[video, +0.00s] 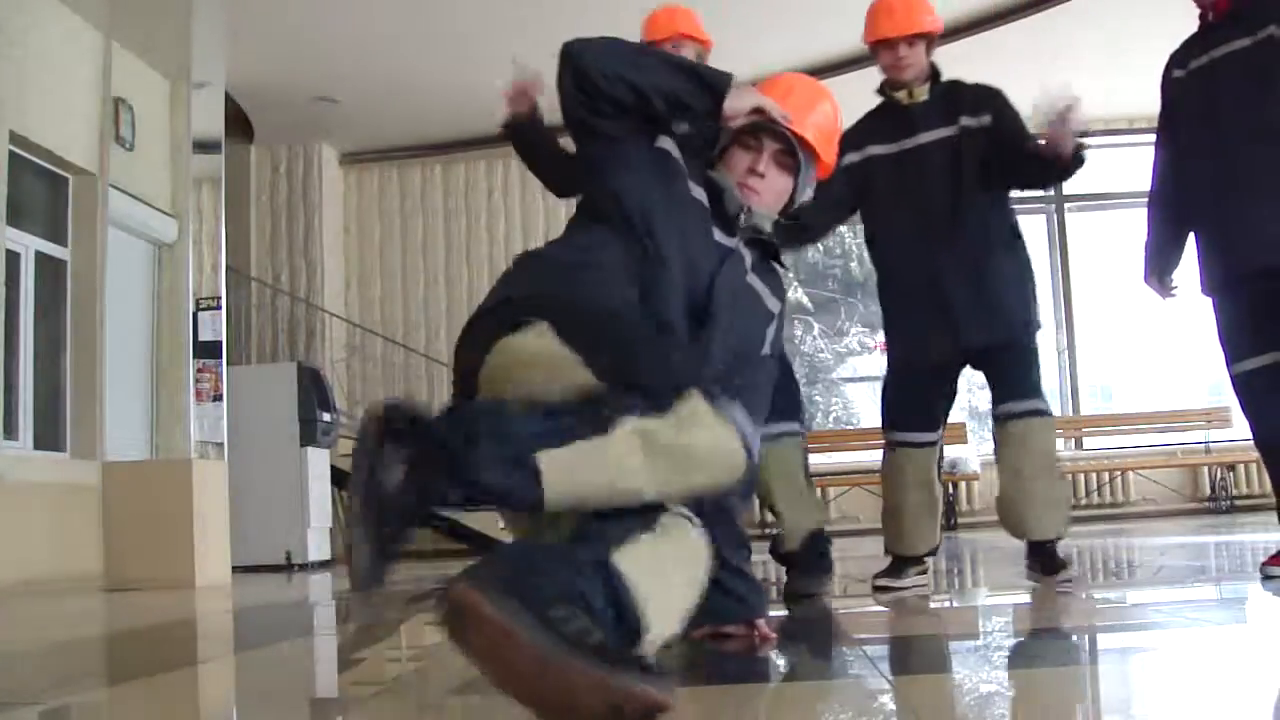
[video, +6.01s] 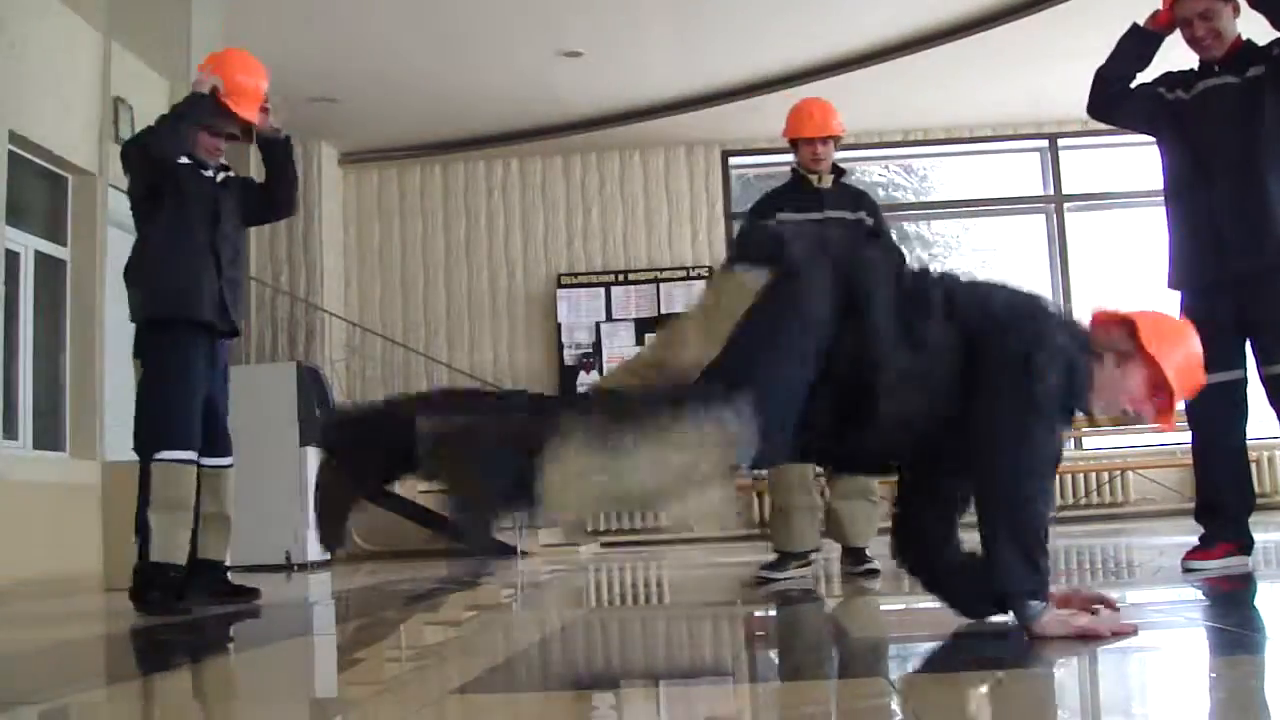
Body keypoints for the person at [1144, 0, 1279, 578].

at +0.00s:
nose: (1193, 8)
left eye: (1194, 5)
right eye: (1194, 7)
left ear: (1211, 3)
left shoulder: (1191, 60)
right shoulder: (1188, 62)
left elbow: (1175, 169)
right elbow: (1175, 169)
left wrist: (1160, 259)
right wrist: (1162, 256)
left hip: (1244, 263)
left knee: (1266, 409)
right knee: (1265, 408)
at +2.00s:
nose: (1028, 46)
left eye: (1037, 31)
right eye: (1018, 38)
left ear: (1067, 25)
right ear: (1011, 46)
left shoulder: (1127, 82)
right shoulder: (1021, 125)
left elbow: (1164, 172)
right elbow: (1014, 217)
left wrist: (1163, 258)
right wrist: (1017, 295)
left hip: (1133, 282)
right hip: (1063, 294)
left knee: (1150, 408)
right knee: (1083, 418)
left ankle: (1153, 514)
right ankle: (1113, 541)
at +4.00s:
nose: (1203, 77)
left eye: (1212, 64)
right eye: (1195, 69)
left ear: (1238, 67)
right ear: (1189, 79)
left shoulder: (1271, 119)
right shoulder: (1178, 142)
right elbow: (1119, 141)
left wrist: (1238, 55)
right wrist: (1153, 82)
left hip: (1275, 294)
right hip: (1219, 301)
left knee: (1279, 401)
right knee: (1221, 414)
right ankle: (1233, 526)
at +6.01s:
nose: (1196, 32)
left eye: (1205, 17)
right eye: (1185, 24)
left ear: (1234, 12)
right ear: (1178, 29)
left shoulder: (1269, 68)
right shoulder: (1172, 94)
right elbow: (1103, 101)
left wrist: (1258, 6)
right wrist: (1154, 27)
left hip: (1269, 273)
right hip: (1206, 281)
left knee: (1277, 399)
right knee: (1215, 416)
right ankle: (1226, 537)